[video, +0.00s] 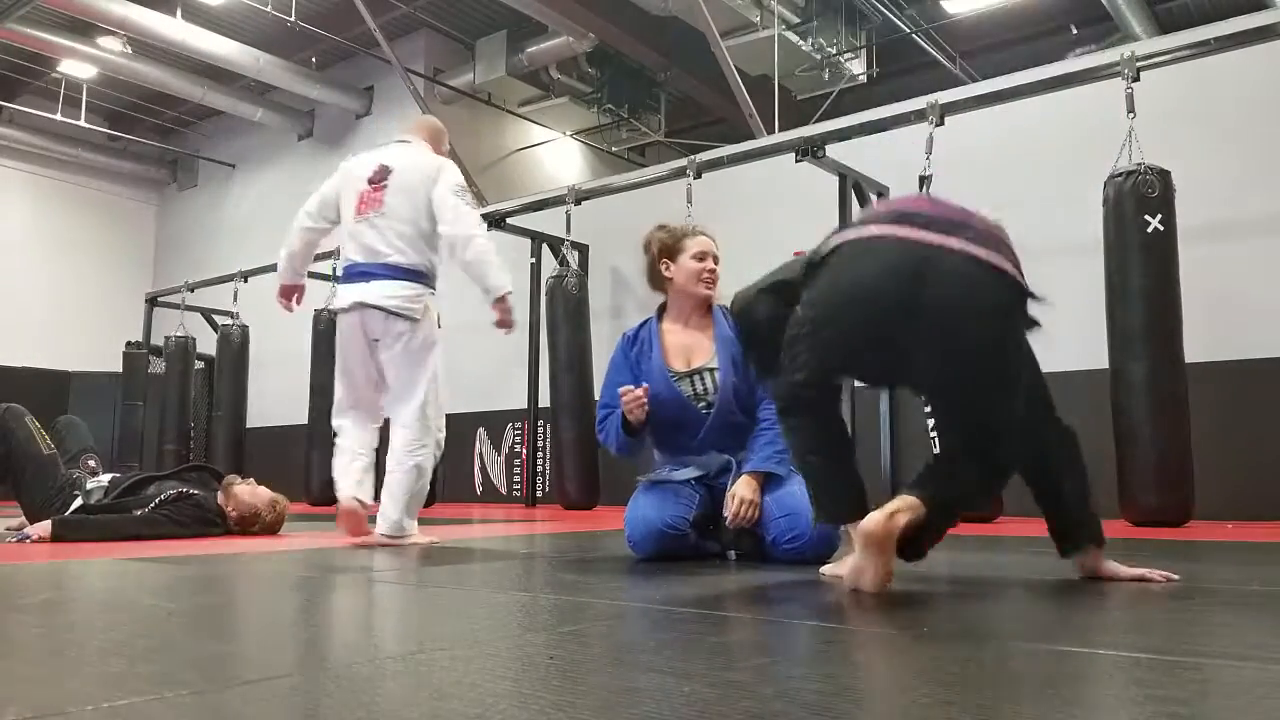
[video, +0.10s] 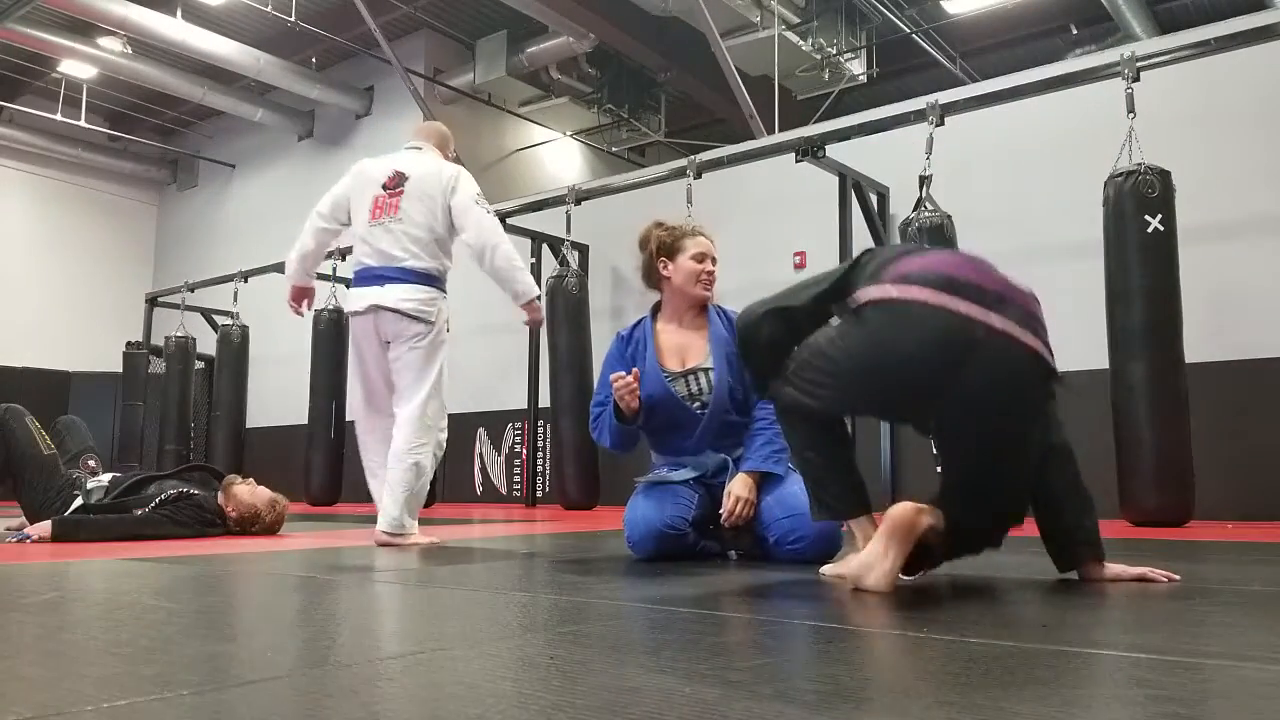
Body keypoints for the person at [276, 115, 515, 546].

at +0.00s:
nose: (444, 159)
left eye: (444, 154)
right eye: (446, 153)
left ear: (407, 134)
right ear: (439, 146)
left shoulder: (356, 165)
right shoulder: (440, 168)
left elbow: (309, 220)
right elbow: (462, 231)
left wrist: (290, 273)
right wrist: (498, 289)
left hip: (350, 303)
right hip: (404, 304)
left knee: (355, 410)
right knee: (416, 415)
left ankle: (351, 493)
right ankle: (395, 525)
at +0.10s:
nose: (453, 162)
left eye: (453, 158)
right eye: (454, 157)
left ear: (412, 142)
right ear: (446, 151)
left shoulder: (365, 170)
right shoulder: (451, 175)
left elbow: (322, 220)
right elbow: (486, 238)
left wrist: (301, 276)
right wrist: (527, 295)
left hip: (362, 304)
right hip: (415, 304)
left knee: (372, 412)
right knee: (416, 411)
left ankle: (392, 513)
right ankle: (394, 522)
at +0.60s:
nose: (411, 182)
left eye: (410, 177)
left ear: (412, 177)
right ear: (450, 176)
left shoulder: (392, 209)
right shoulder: (476, 209)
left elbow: (365, 268)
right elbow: (496, 267)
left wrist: (362, 318)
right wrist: (497, 322)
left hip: (403, 325)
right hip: (454, 325)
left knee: (408, 421)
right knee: (472, 413)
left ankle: (418, 520)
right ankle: (464, 489)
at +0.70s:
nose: (414, 186)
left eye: (414, 181)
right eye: (417, 181)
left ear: (418, 182)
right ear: (453, 181)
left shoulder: (397, 214)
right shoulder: (481, 216)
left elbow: (370, 268)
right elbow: (502, 274)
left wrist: (367, 316)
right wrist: (505, 328)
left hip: (407, 329)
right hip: (460, 329)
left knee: (409, 419)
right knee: (472, 417)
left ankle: (418, 516)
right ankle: (482, 510)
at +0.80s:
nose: (421, 194)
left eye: (421, 189)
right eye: (424, 189)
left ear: (426, 189)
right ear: (459, 189)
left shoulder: (406, 221)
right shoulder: (487, 225)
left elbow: (376, 273)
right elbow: (509, 284)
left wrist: (371, 317)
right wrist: (517, 335)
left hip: (414, 332)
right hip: (463, 334)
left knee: (412, 424)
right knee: (473, 426)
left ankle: (420, 516)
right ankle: (485, 511)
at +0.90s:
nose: (430, 203)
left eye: (430, 199)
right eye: (432, 199)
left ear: (435, 197)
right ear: (467, 197)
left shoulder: (415, 227)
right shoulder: (495, 235)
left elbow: (386, 277)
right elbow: (516, 294)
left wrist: (375, 323)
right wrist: (526, 343)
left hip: (422, 336)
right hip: (471, 338)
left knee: (416, 425)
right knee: (474, 427)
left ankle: (423, 510)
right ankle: (478, 511)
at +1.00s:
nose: (437, 203)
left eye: (438, 199)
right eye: (439, 199)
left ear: (443, 198)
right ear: (476, 200)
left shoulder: (423, 228)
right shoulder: (501, 238)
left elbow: (398, 277)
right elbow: (519, 296)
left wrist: (380, 323)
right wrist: (528, 343)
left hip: (431, 339)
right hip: (478, 342)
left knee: (415, 424)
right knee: (478, 430)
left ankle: (426, 494)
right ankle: (477, 515)